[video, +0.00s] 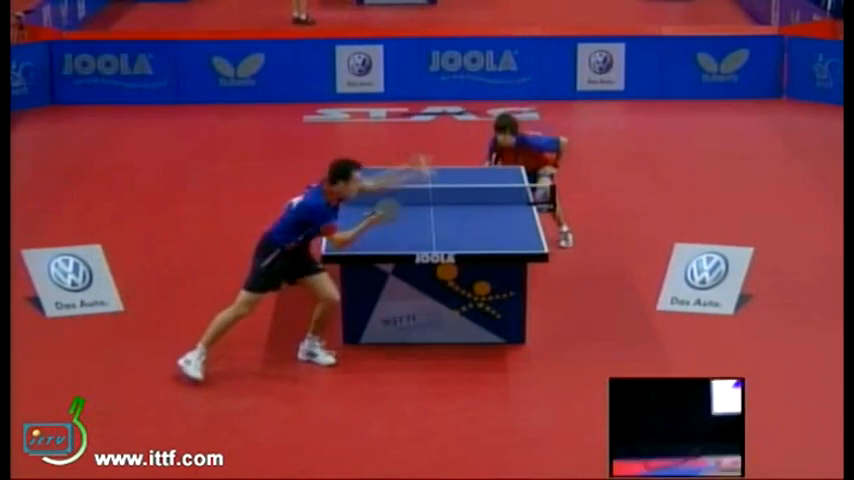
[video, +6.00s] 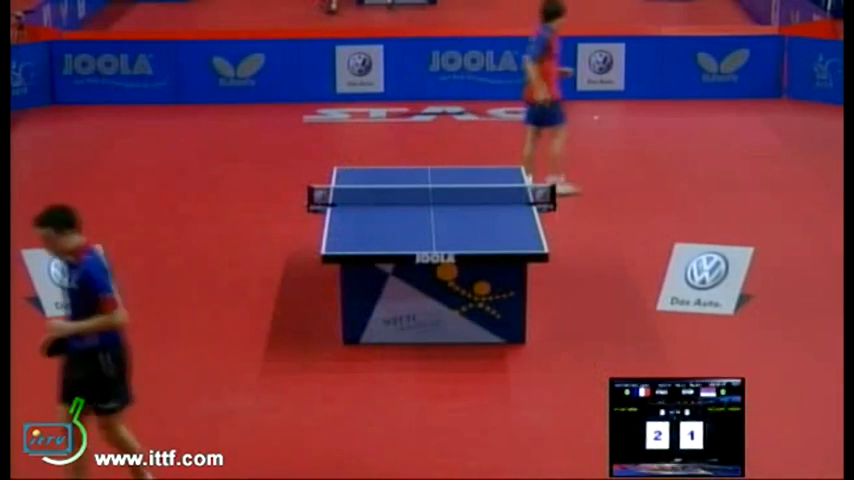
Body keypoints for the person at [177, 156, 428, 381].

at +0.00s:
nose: (358, 188)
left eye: (357, 184)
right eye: (354, 184)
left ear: (340, 183)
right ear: (337, 184)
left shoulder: (331, 191)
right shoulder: (318, 207)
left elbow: (370, 186)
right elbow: (337, 242)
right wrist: (369, 222)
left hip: (298, 252)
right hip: (273, 251)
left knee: (329, 297)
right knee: (242, 307)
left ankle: (311, 345)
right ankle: (196, 354)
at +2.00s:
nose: (299, 215)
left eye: (298, 210)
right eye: (298, 211)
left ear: (275, 210)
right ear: (289, 215)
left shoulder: (267, 228)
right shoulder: (264, 245)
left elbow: (298, 250)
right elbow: (251, 286)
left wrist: (330, 268)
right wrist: (279, 306)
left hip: (210, 286)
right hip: (229, 293)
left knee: (190, 330)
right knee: (291, 320)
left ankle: (136, 367)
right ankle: (281, 386)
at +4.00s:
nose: (610, 213)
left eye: (611, 209)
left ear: (610, 213)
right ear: (636, 214)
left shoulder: (595, 244)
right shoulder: (649, 246)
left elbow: (566, 283)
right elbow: (661, 286)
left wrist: (585, 294)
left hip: (604, 324)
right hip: (642, 325)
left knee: (564, 378)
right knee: (679, 378)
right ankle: (689, 444)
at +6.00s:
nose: (45, 245)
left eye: (47, 238)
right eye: (44, 239)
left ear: (63, 233)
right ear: (62, 234)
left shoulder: (92, 265)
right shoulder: (67, 263)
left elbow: (117, 316)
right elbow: (78, 309)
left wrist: (69, 327)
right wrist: (45, 305)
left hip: (104, 352)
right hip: (77, 351)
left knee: (111, 426)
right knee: (73, 424)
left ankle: (144, 472)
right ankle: (77, 473)